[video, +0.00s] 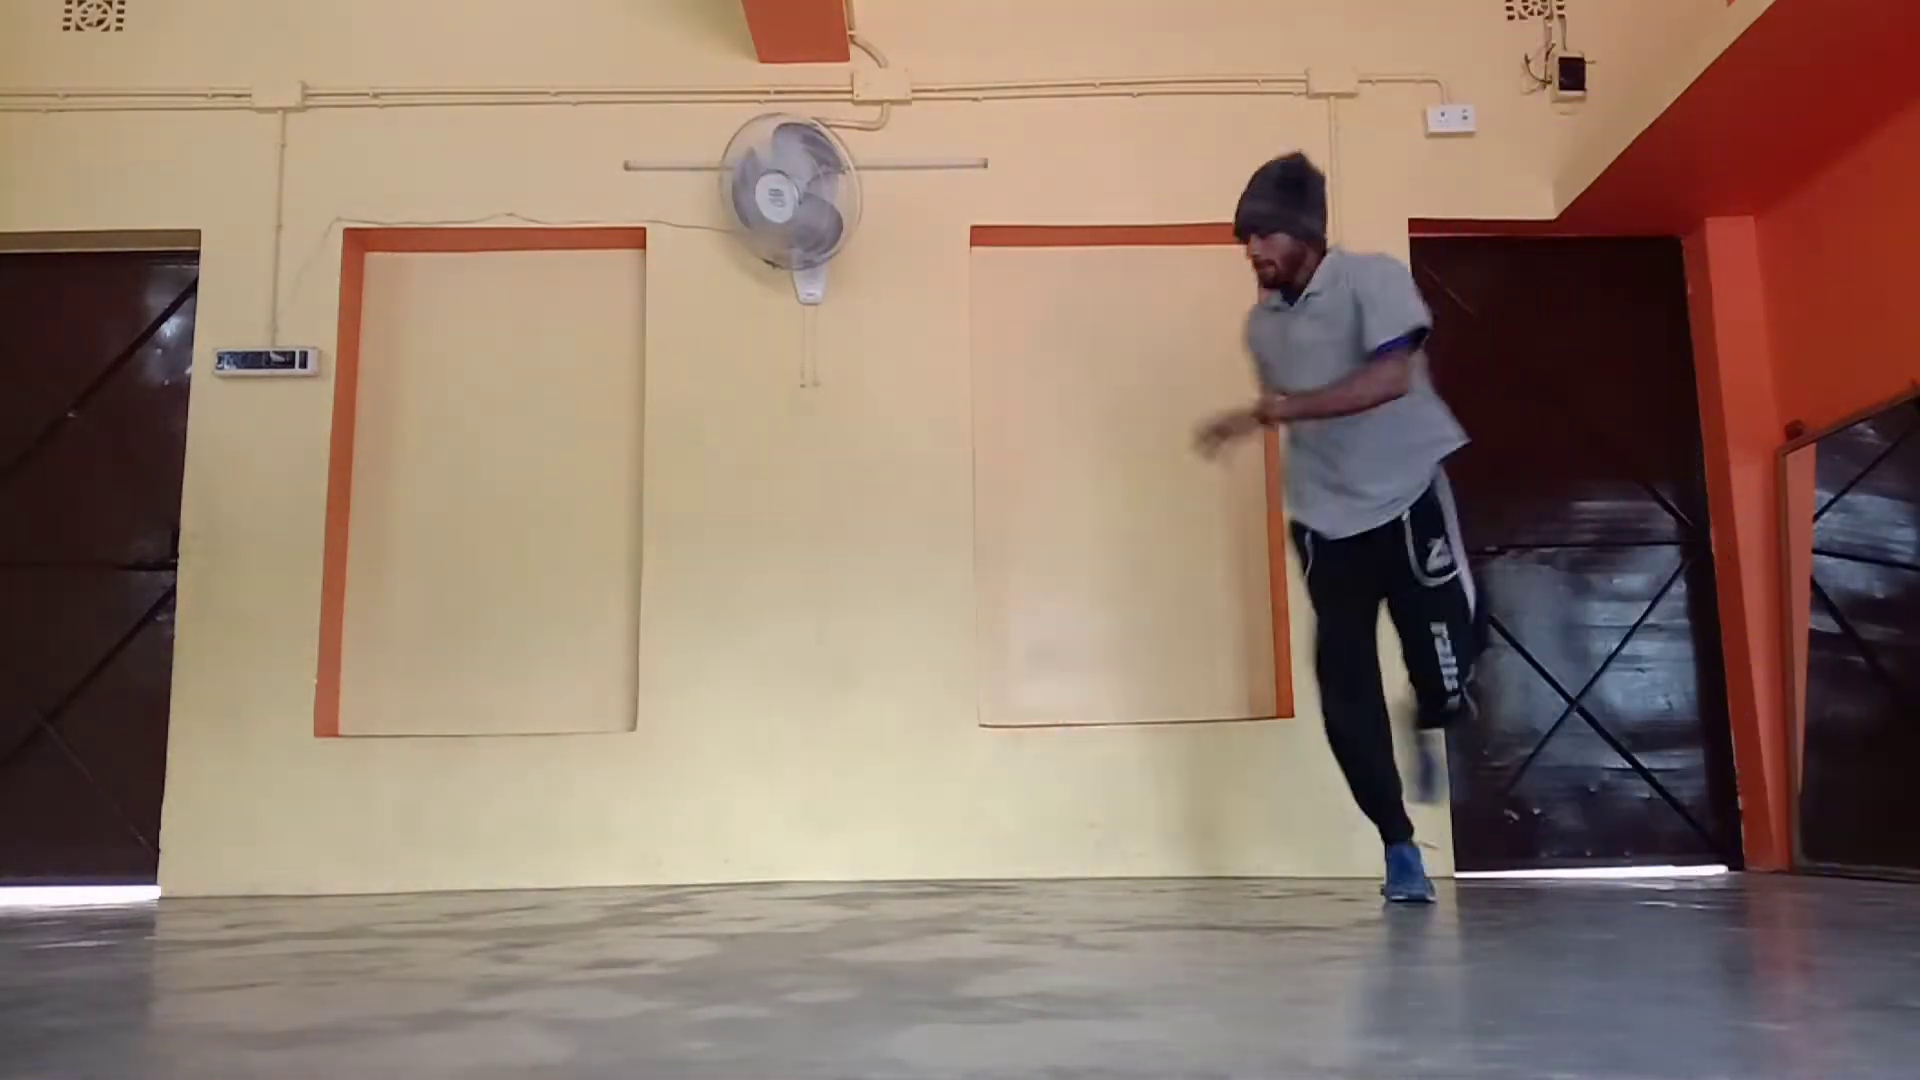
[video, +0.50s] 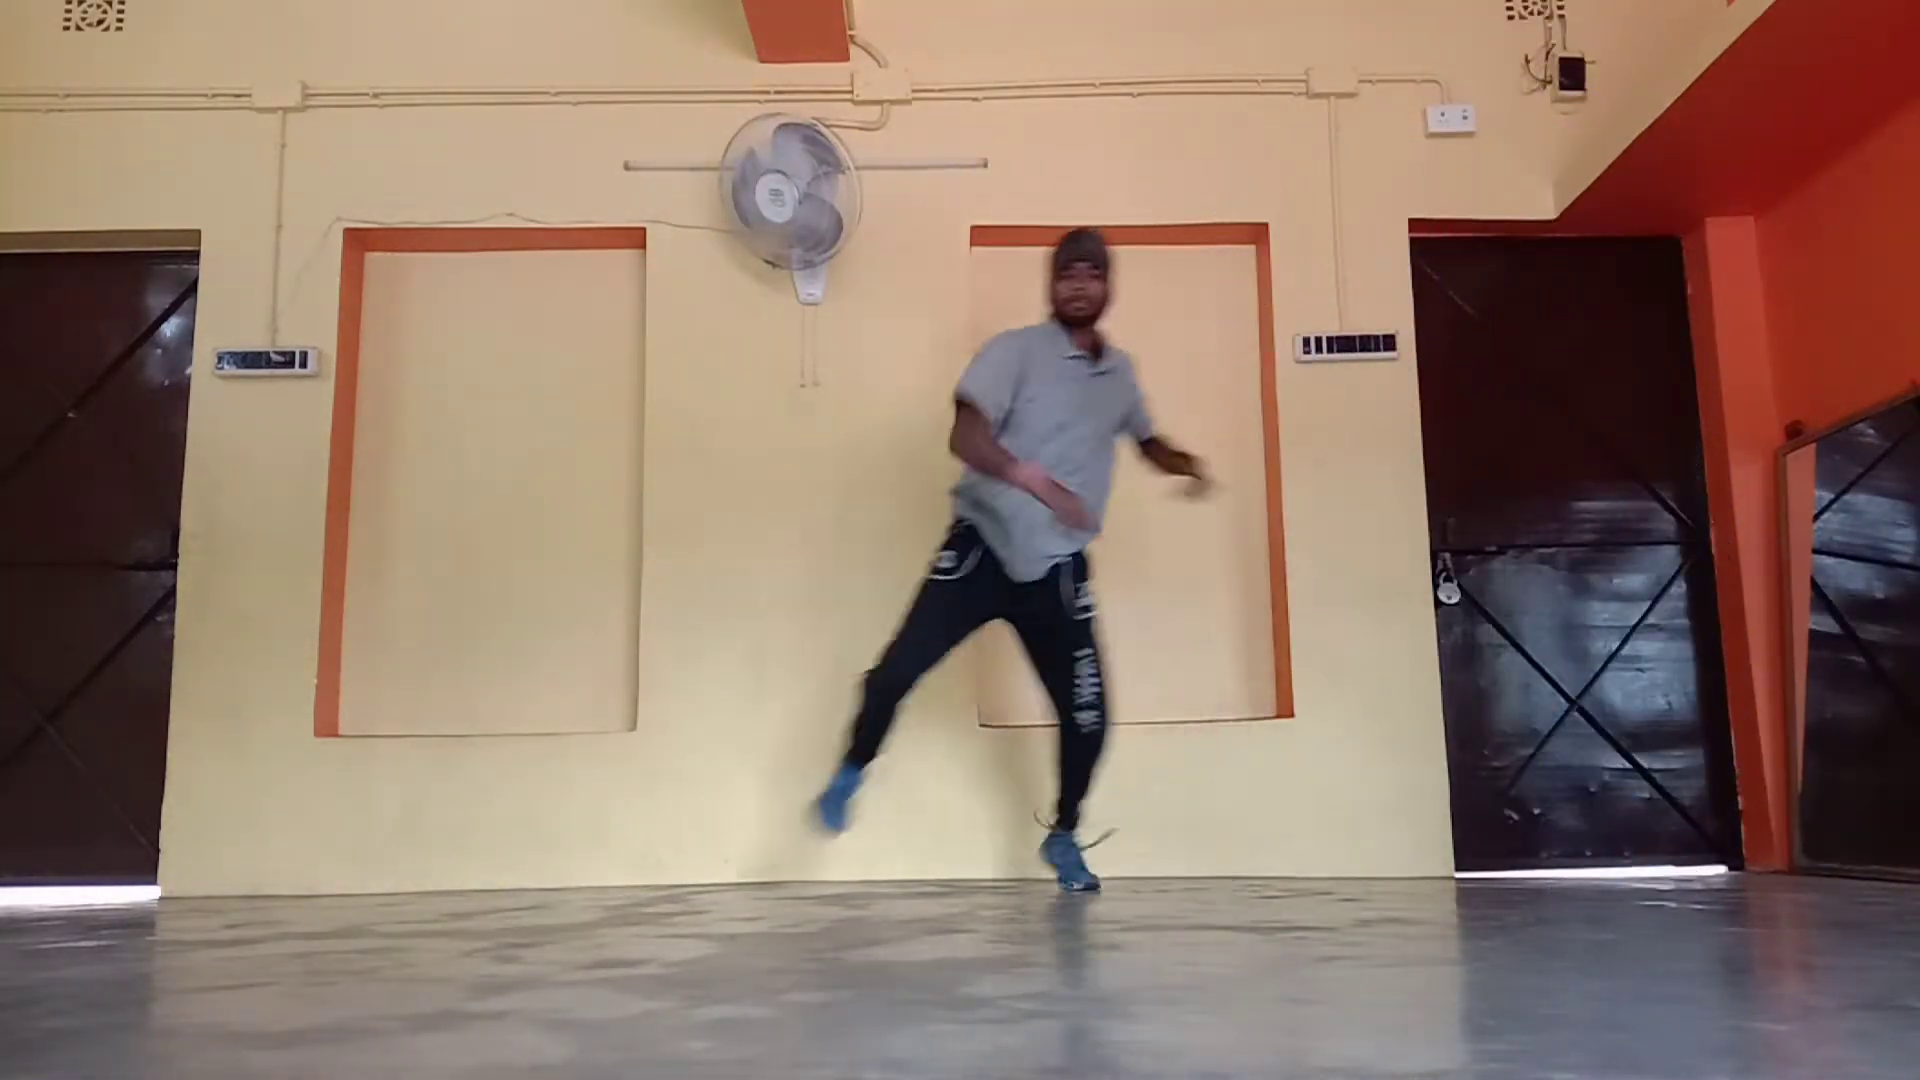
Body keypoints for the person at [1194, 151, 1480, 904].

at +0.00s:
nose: (1255, 251)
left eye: (1266, 235)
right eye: (1246, 237)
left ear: (1308, 231)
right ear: (1246, 239)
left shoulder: (1375, 278)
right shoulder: (1263, 324)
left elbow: (1391, 376)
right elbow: (1291, 404)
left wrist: (1287, 409)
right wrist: (1244, 425)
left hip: (1410, 504)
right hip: (1328, 524)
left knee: (1441, 671)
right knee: (1347, 694)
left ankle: (1430, 723)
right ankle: (1398, 848)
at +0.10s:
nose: (1234, 262)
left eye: (1247, 248)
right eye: (1227, 250)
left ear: (1288, 249)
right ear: (1225, 255)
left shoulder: (1346, 307)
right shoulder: (1215, 345)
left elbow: (1336, 410)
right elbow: (1223, 442)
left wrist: (1227, 411)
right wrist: (1209, 436)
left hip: (1341, 531)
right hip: (1266, 536)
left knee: (1357, 690)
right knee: (1322, 697)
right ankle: (1391, 846)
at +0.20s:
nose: (1221, 275)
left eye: (1236, 262)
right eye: (1213, 262)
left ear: (1268, 268)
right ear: (1203, 265)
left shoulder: (1308, 348)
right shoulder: (1168, 341)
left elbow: (1339, 458)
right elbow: (1124, 432)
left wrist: (1282, 509)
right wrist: (1106, 529)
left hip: (1259, 525)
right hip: (1184, 520)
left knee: (1249, 677)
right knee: (1254, 652)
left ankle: (1208, 832)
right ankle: (1275, 818)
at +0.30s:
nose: (1203, 309)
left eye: (1219, 298)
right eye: (1193, 297)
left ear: (1242, 311)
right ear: (1179, 307)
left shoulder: (1256, 415)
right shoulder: (1130, 378)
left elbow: (1299, 506)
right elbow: (1034, 423)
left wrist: (1355, 576)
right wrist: (976, 485)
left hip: (1184, 573)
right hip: (1113, 556)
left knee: (1210, 711)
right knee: (1177, 685)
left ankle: (1195, 851)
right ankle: (1087, 726)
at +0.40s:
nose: (1155, 282)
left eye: (1169, 274)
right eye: (1145, 272)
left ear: (1186, 290)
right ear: (1127, 281)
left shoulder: (1194, 385)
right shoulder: (1078, 347)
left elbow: (1235, 445)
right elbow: (982, 389)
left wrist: (1295, 499)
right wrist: (964, 438)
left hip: (1117, 556)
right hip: (1043, 534)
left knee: (1153, 707)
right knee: (1015, 680)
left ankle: (1159, 840)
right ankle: (960, 701)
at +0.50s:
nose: (1079, 286)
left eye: (1092, 276)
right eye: (1068, 275)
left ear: (1109, 288)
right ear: (1051, 285)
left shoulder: (1116, 371)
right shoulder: (1013, 352)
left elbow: (1147, 441)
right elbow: (967, 440)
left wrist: (1183, 463)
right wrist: (1037, 481)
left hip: (1059, 566)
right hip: (982, 547)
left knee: (1087, 710)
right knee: (893, 673)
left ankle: (1063, 835)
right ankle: (852, 770)